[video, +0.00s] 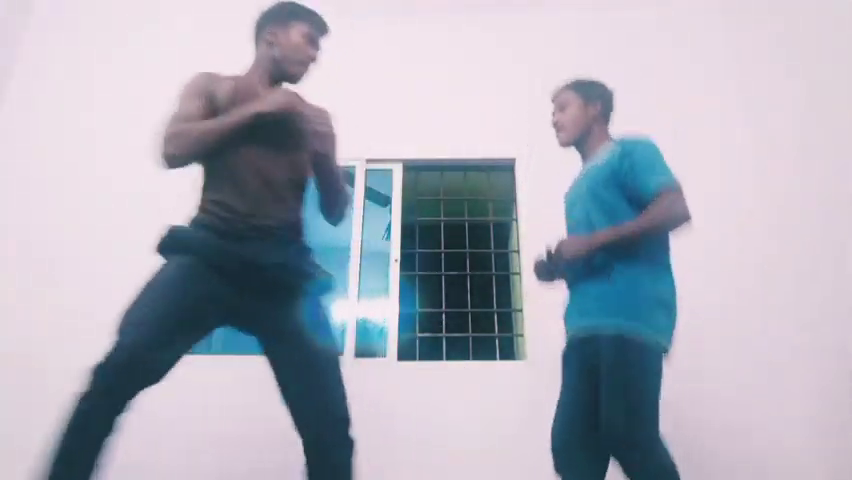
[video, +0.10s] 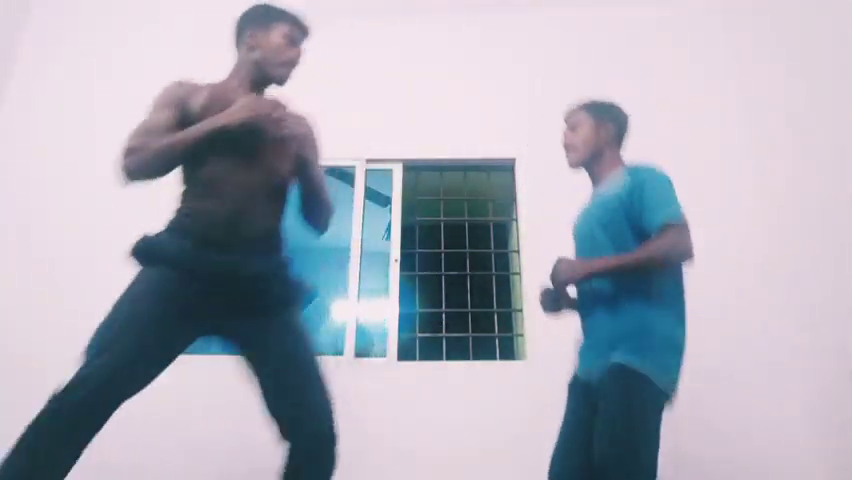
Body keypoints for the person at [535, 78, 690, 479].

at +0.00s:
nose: (554, 118)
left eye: (562, 108)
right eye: (553, 111)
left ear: (593, 110)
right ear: (584, 114)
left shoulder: (633, 151)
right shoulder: (578, 188)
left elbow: (674, 207)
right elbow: (599, 261)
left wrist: (592, 241)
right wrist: (561, 266)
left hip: (632, 325)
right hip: (585, 329)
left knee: (631, 438)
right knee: (573, 447)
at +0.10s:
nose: (565, 138)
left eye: (574, 127)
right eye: (565, 130)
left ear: (606, 132)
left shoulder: (644, 180)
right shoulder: (590, 213)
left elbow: (678, 242)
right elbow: (613, 297)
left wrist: (585, 268)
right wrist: (570, 302)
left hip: (640, 359)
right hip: (596, 361)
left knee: (621, 467)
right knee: (568, 469)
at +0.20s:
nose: (573, 135)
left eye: (582, 125)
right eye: (573, 128)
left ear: (615, 129)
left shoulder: (647, 174)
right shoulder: (602, 199)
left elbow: (670, 236)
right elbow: (628, 274)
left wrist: (583, 243)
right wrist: (585, 279)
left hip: (642, 346)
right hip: (605, 349)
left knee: (628, 463)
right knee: (588, 461)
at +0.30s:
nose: (575, 113)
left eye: (583, 104)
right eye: (575, 106)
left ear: (616, 108)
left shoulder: (642, 147)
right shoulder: (606, 173)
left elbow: (664, 204)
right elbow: (632, 244)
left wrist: (587, 214)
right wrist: (587, 250)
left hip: (641, 313)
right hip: (609, 318)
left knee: (640, 433)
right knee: (608, 433)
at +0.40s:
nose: (580, 111)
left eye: (588, 101)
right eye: (579, 104)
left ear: (620, 104)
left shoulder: (643, 138)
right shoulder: (613, 167)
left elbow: (664, 192)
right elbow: (639, 246)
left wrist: (591, 211)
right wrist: (594, 250)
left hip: (647, 297)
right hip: (624, 303)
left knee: (652, 424)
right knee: (639, 427)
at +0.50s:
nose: (584, 130)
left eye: (593, 120)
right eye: (585, 123)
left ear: (623, 123)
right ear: (614, 126)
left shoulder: (647, 160)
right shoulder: (619, 183)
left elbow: (673, 214)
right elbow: (644, 267)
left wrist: (595, 238)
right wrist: (602, 278)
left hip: (655, 309)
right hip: (632, 314)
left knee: (656, 423)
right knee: (645, 423)